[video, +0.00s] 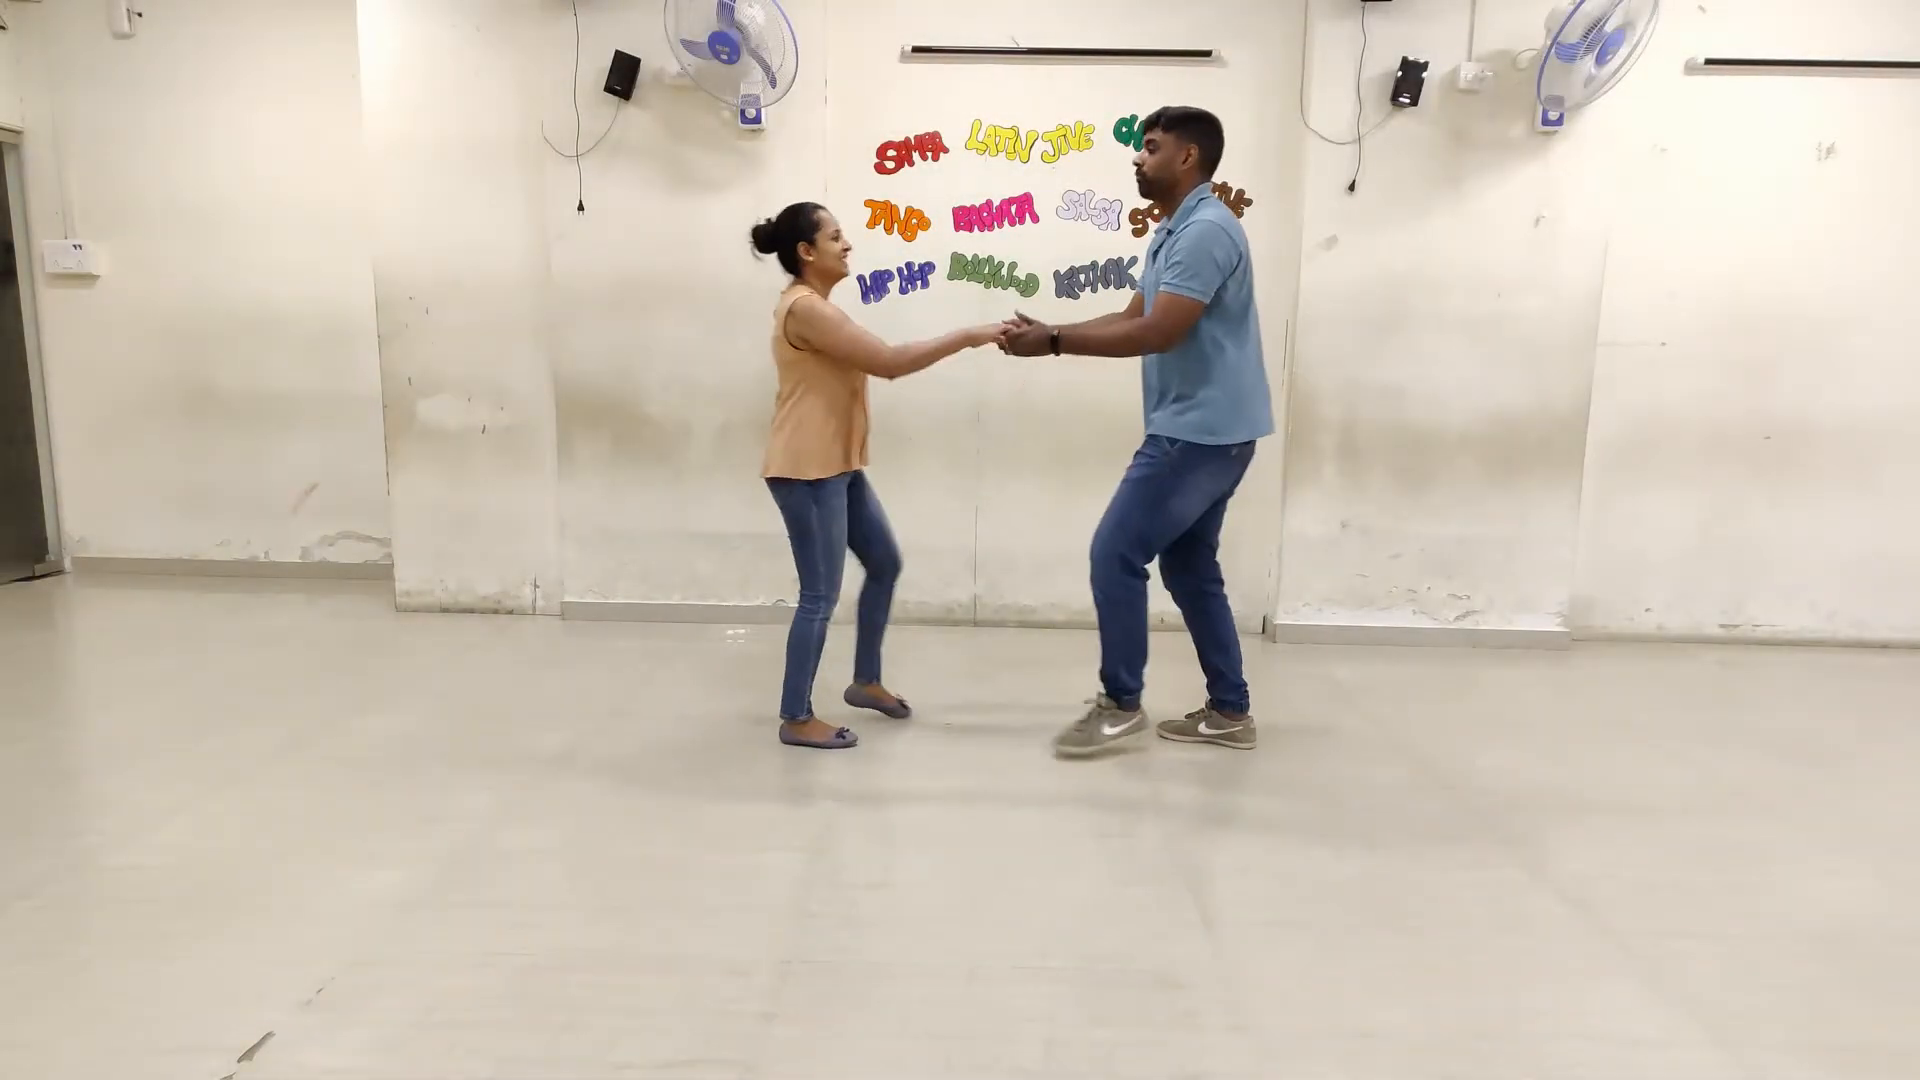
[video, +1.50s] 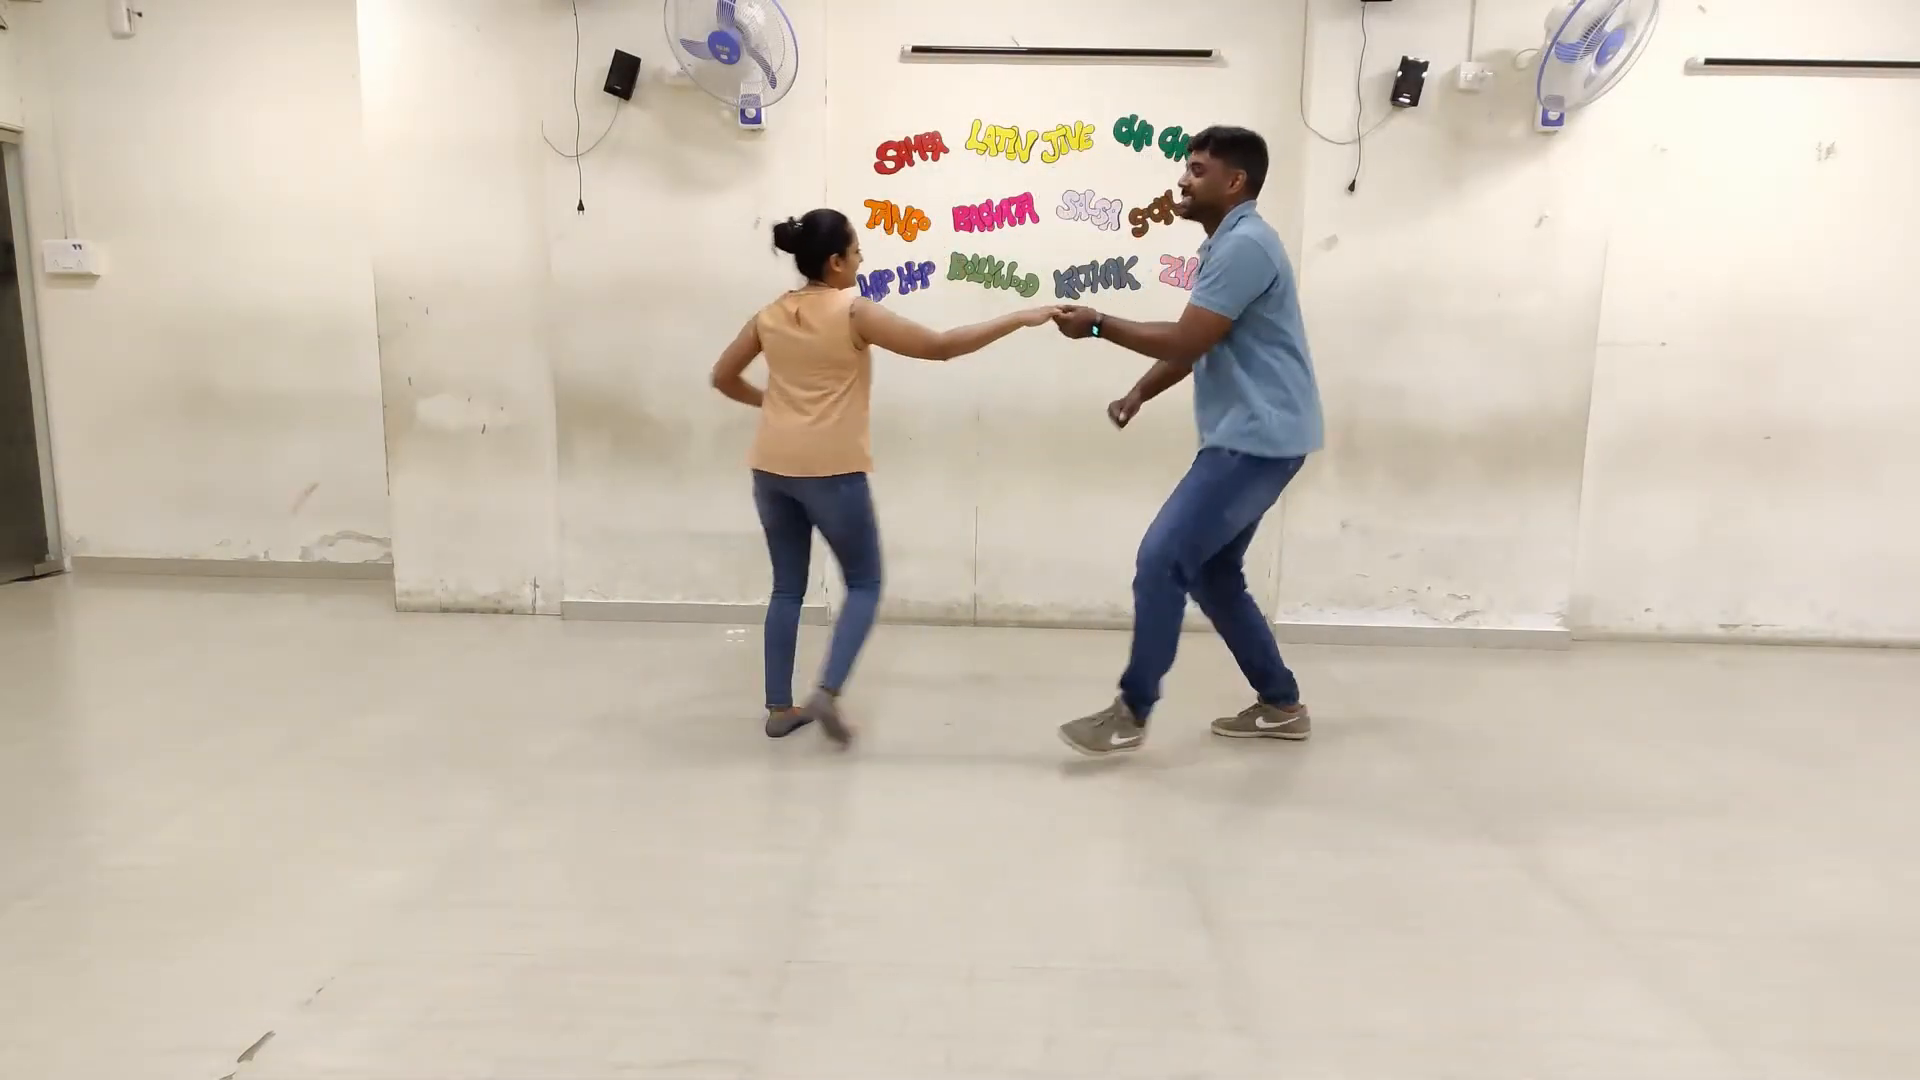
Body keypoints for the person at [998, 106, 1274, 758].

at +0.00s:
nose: (1138, 159)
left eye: (1152, 149)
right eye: (1142, 148)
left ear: (1191, 158)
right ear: (1182, 160)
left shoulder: (1204, 228)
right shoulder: (1175, 230)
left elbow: (1161, 331)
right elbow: (1135, 321)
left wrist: (1056, 338)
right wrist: (1050, 335)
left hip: (1199, 432)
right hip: (1206, 430)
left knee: (1115, 551)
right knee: (1189, 568)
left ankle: (1120, 705)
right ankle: (1229, 711)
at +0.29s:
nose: (1084, 180)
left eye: (1097, 170)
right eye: (1087, 169)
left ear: (1134, 182)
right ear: (1129, 183)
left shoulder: (1147, 256)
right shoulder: (1133, 252)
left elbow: (1147, 367)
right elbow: (1110, 361)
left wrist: (1057, 412)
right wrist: (1047, 402)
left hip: (1135, 451)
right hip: (1149, 448)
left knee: (1060, 573)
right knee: (1117, 579)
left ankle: (1085, 713)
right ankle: (1213, 693)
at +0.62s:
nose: (1033, 160)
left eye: (1046, 149)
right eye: (1036, 149)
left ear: (1086, 161)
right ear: (1080, 163)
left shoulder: (1098, 228)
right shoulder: (1091, 223)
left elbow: (1128, 327)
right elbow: (1113, 329)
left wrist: (1041, 364)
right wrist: (1039, 363)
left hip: (1103, 431)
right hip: (1099, 427)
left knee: (1057, 566)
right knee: (1066, 563)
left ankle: (1086, 713)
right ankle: (1080, 692)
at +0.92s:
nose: (1100, 175)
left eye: (1114, 167)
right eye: (1104, 165)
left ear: (1153, 180)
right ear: (1131, 178)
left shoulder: (1170, 251)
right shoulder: (1127, 254)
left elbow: (1161, 352)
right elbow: (1083, 341)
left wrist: (1064, 377)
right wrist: (1002, 363)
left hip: (1158, 450)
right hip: (1135, 446)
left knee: (1075, 569)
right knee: (1116, 573)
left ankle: (1082, 713)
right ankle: (1222, 673)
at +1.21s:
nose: (1178, 176)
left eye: (1192, 168)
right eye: (1182, 165)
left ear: (1229, 180)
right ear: (1225, 182)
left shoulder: (1232, 240)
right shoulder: (1242, 240)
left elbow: (1160, 334)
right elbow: (1202, 348)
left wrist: (1063, 323)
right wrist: (1130, 392)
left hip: (1232, 438)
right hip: (1262, 438)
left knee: (1149, 560)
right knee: (1209, 571)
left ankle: (1157, 721)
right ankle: (1259, 708)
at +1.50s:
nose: (1184, 179)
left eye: (1199, 169)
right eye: (1188, 168)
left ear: (1239, 182)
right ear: (1226, 183)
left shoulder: (1245, 243)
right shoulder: (1225, 245)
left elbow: (1187, 340)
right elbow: (1199, 346)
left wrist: (1096, 323)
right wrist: (1139, 393)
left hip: (1259, 435)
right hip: (1248, 433)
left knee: (1162, 557)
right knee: (1213, 575)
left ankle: (1132, 712)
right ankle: (1281, 703)